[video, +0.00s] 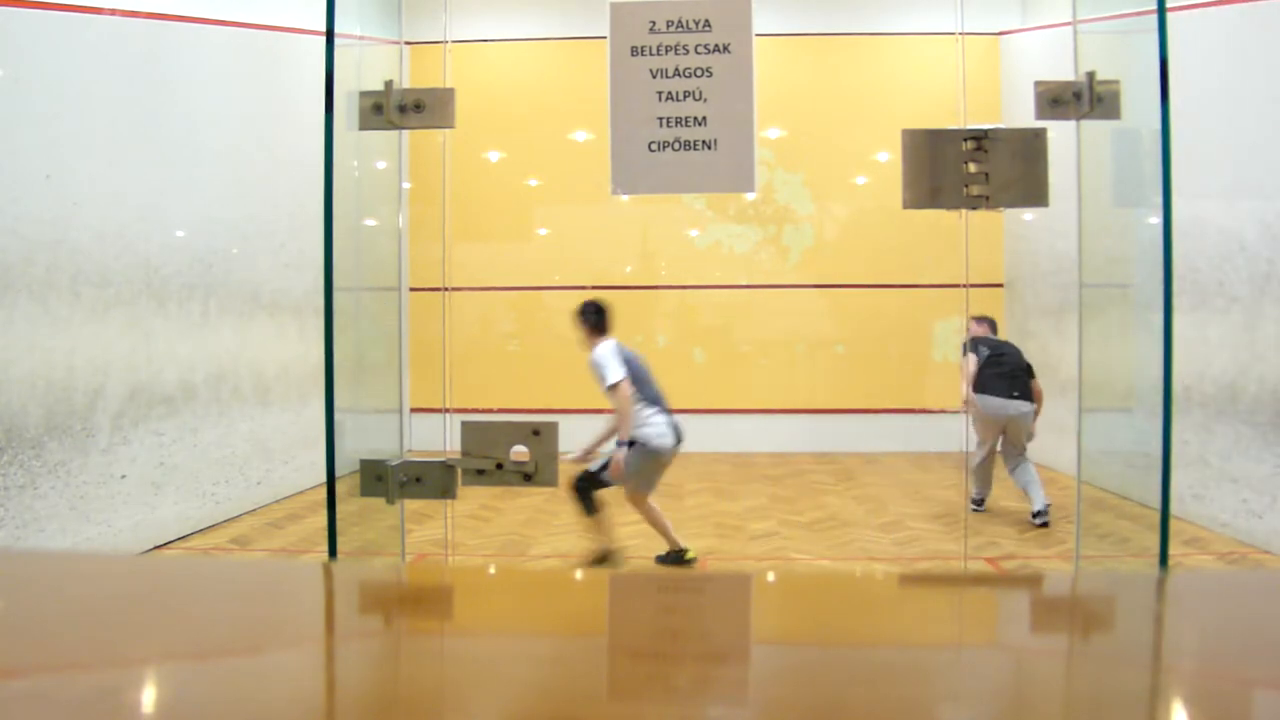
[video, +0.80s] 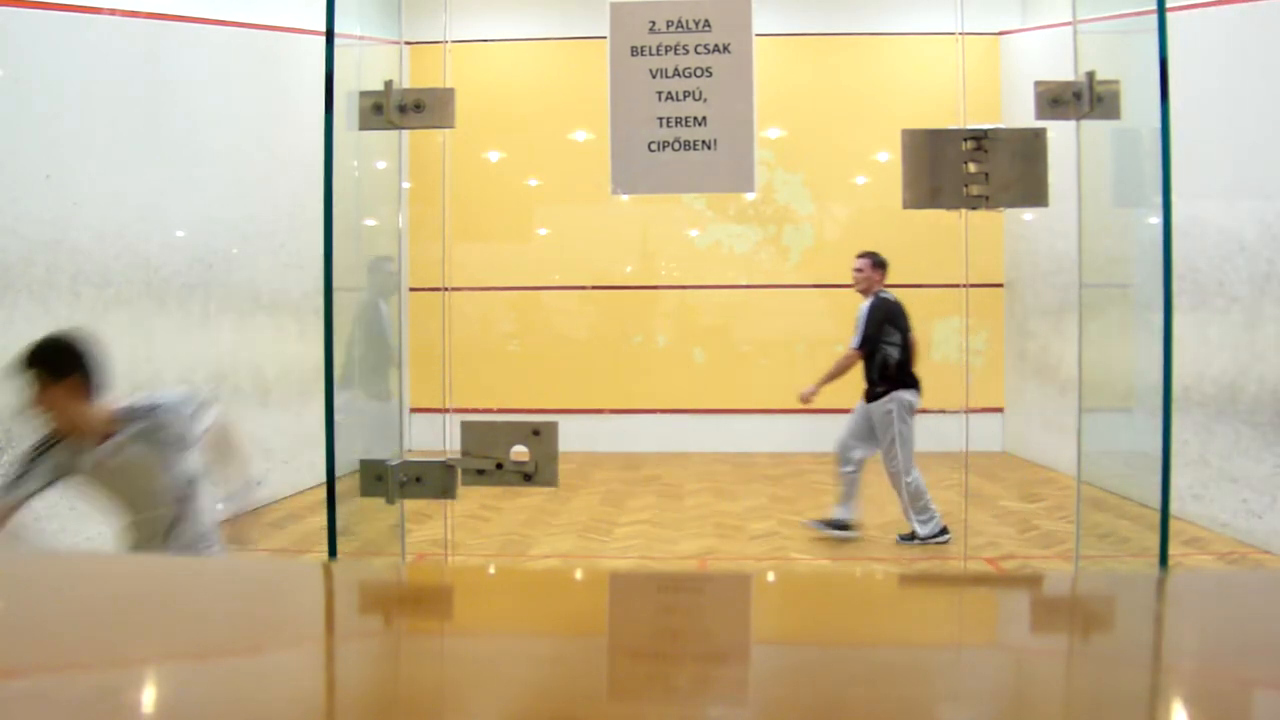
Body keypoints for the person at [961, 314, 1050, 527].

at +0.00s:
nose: (968, 332)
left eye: (971, 328)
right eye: (969, 328)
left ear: (982, 327)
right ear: (993, 330)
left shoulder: (974, 343)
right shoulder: (1014, 350)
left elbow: (972, 363)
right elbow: (1036, 390)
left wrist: (967, 393)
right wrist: (1032, 420)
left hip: (988, 401)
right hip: (1023, 406)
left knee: (984, 449)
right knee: (1016, 455)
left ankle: (979, 496)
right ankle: (1040, 505)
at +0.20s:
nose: (955, 321)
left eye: (957, 315)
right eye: (954, 316)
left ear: (973, 314)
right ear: (980, 317)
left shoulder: (969, 335)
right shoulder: (1004, 337)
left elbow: (974, 363)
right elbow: (1036, 370)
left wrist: (970, 403)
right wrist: (1050, 403)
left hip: (989, 403)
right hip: (1020, 407)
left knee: (957, 445)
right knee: (1021, 456)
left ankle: (959, 503)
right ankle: (1039, 509)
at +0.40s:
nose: (925, 303)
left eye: (929, 297)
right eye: (925, 297)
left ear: (947, 298)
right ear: (949, 300)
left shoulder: (940, 324)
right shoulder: (977, 325)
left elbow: (940, 365)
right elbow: (1009, 355)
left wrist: (927, 408)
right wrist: (1027, 389)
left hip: (956, 407)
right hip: (989, 409)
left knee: (922, 461)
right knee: (1002, 455)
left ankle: (930, 525)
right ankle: (1036, 509)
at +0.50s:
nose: (907, 293)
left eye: (912, 288)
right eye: (907, 288)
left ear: (930, 291)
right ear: (931, 293)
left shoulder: (923, 322)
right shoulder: (957, 321)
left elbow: (912, 368)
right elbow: (984, 354)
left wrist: (894, 409)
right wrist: (1002, 387)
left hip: (939, 405)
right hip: (966, 407)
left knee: (905, 464)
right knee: (971, 457)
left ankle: (929, 527)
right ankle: (1018, 507)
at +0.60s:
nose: (890, 285)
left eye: (895, 280)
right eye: (891, 280)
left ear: (915, 284)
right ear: (914, 285)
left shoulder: (910, 314)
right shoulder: (936, 313)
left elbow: (890, 364)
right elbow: (958, 353)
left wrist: (864, 405)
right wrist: (974, 383)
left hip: (925, 398)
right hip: (946, 398)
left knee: (902, 467)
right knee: (930, 458)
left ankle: (929, 528)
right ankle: (973, 506)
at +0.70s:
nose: (872, 278)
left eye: (878, 273)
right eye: (873, 273)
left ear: (897, 276)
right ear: (896, 278)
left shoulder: (893, 307)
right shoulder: (915, 306)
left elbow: (874, 357)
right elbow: (934, 347)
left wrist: (840, 393)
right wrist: (937, 382)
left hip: (910, 396)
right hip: (915, 394)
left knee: (903, 464)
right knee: (882, 452)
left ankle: (930, 526)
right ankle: (913, 515)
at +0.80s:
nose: (854, 277)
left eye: (860, 271)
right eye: (854, 271)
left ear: (878, 275)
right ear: (874, 277)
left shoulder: (875, 306)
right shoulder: (892, 305)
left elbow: (855, 354)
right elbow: (910, 344)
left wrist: (817, 386)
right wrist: (902, 379)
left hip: (892, 397)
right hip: (881, 398)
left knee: (900, 467)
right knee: (848, 451)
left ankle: (929, 526)